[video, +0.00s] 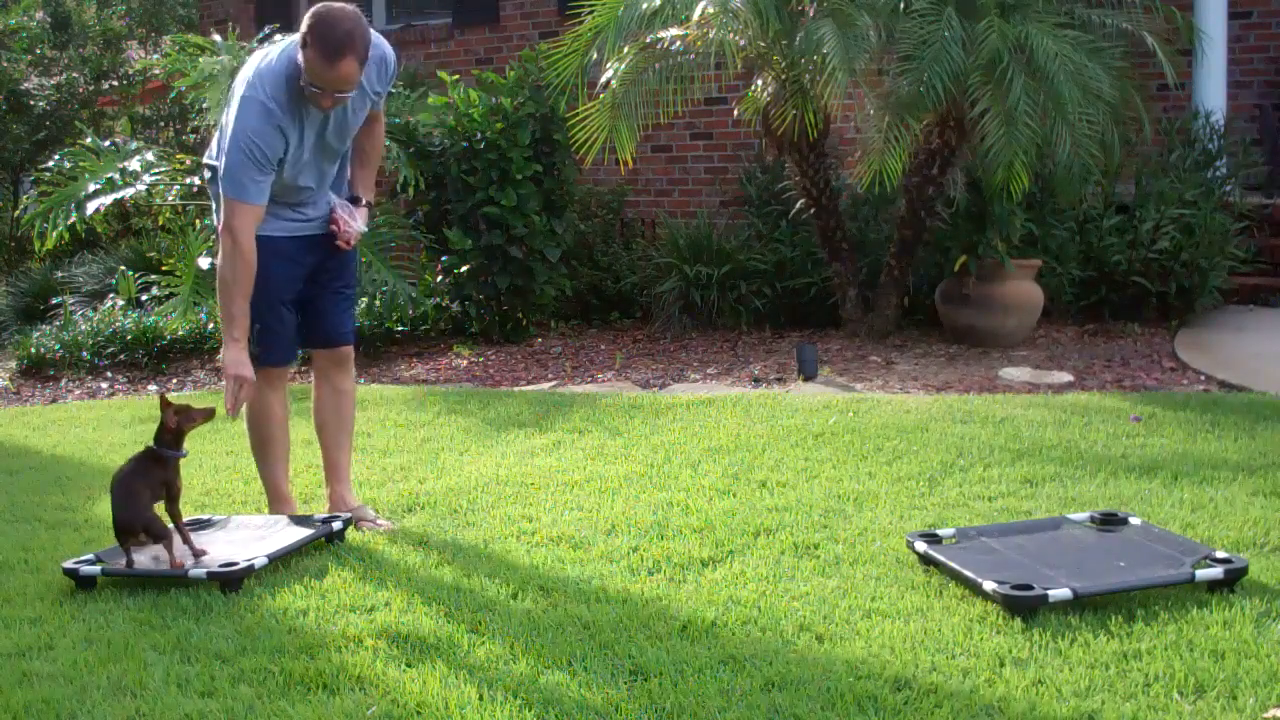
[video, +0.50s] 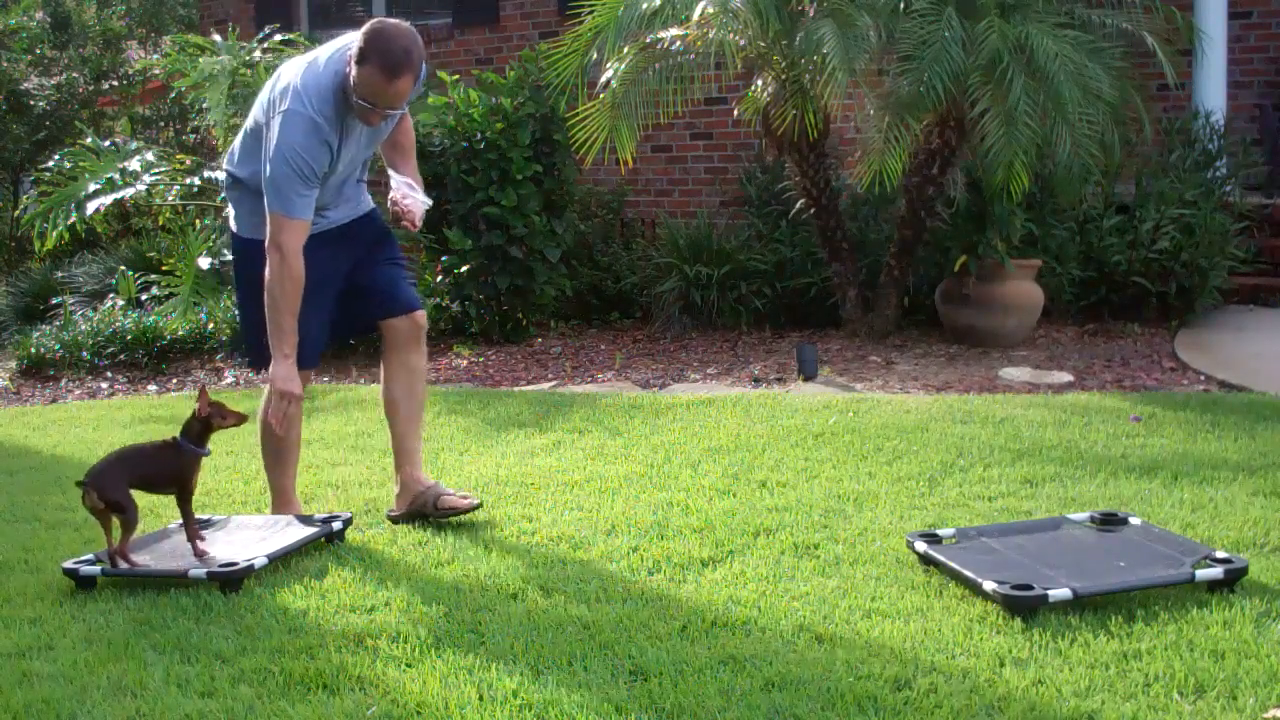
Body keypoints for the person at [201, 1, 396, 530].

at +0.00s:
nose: (330, 100)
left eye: (343, 89)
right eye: (318, 88)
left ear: (363, 60)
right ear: (300, 57)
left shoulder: (377, 58)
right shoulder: (260, 100)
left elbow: (371, 123)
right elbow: (236, 232)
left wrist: (360, 200)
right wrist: (234, 344)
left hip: (332, 219)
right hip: (264, 228)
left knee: (337, 353)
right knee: (272, 368)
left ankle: (342, 500)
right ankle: (283, 510)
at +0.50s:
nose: (380, 116)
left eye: (394, 107)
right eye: (368, 103)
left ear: (412, 77)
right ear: (351, 70)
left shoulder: (405, 62)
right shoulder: (301, 114)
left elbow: (396, 116)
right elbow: (283, 248)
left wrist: (409, 186)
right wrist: (283, 359)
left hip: (347, 210)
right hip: (275, 225)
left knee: (407, 321)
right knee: (288, 375)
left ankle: (411, 486)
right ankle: (285, 516)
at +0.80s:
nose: (460, 125)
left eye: (474, 116)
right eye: (449, 111)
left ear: (495, 90)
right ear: (436, 74)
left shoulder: (488, 79)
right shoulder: (384, 119)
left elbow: (473, 130)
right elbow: (362, 254)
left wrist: (472, 204)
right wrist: (359, 366)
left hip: (421, 220)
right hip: (343, 227)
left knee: (464, 346)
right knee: (329, 378)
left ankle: (485, 506)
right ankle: (290, 509)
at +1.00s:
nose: (532, 121)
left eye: (545, 113)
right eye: (523, 107)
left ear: (564, 85)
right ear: (508, 71)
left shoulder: (550, 72)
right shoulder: (452, 112)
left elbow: (540, 129)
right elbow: (424, 249)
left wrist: (535, 194)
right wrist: (414, 362)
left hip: (479, 206)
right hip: (403, 207)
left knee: (506, 347)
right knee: (412, 363)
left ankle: (489, 503)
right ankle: (320, 466)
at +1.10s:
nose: (558, 112)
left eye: (571, 106)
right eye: (548, 98)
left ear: (594, 80)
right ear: (536, 60)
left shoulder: (577, 66)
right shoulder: (482, 103)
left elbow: (561, 122)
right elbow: (455, 241)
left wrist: (560, 187)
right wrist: (446, 357)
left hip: (502, 201)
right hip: (433, 200)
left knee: (522, 346)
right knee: (487, 346)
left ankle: (490, 503)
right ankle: (370, 427)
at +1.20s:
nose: (582, 98)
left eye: (598, 90)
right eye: (573, 81)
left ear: (618, 66)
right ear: (559, 46)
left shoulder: (600, 51)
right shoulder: (507, 92)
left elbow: (584, 123)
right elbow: (486, 233)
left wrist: (581, 182)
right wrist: (482, 346)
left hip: (524, 194)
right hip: (460, 191)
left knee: (533, 338)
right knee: (554, 315)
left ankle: (491, 498)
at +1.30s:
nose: (613, 79)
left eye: (629, 70)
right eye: (604, 63)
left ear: (649, 48)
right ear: (588, 28)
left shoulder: (623, 43)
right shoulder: (536, 80)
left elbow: (609, 109)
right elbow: (521, 220)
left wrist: (602, 176)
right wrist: (522, 339)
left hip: (541, 188)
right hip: (487, 190)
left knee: (541, 348)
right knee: (598, 304)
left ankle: (492, 500)